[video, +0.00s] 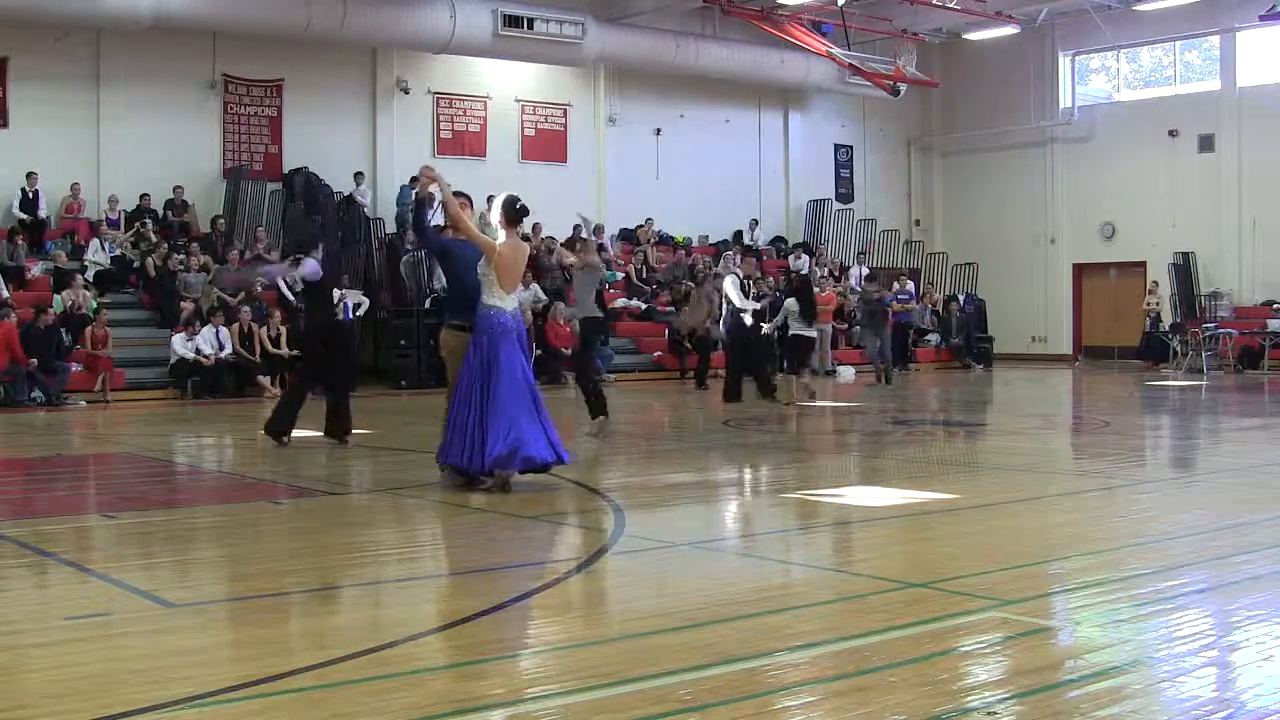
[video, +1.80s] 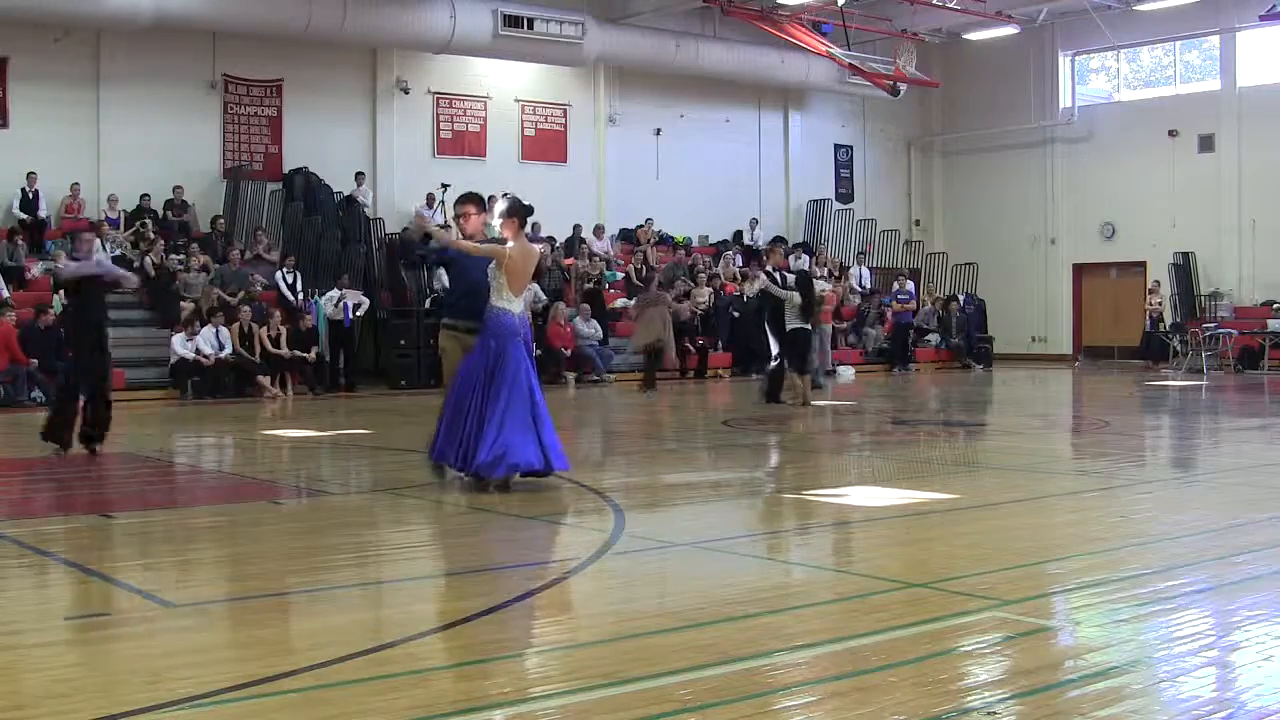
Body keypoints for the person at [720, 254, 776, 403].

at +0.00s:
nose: (753, 266)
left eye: (754, 262)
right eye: (750, 262)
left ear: (754, 264)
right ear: (741, 262)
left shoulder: (748, 282)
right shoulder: (731, 280)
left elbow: (749, 303)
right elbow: (740, 303)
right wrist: (758, 305)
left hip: (747, 324)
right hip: (733, 324)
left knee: (756, 358)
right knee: (735, 362)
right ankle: (732, 396)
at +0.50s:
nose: (767, 261)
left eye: (767, 258)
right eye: (765, 257)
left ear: (762, 259)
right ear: (757, 258)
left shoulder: (763, 277)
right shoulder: (747, 274)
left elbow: (766, 298)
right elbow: (740, 294)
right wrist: (759, 304)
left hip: (764, 317)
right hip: (752, 317)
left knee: (764, 354)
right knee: (751, 353)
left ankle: (766, 391)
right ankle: (738, 389)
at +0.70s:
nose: (773, 260)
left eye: (774, 257)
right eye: (770, 257)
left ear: (774, 259)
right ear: (761, 257)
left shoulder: (771, 277)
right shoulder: (753, 273)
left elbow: (781, 295)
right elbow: (737, 286)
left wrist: (790, 306)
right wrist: (753, 295)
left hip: (770, 321)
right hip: (756, 320)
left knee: (768, 355)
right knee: (754, 355)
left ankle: (767, 391)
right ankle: (740, 388)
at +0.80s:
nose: (775, 259)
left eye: (775, 257)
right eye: (772, 256)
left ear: (773, 259)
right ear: (763, 256)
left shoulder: (773, 276)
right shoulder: (754, 273)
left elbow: (787, 289)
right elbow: (737, 287)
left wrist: (797, 299)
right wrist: (752, 293)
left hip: (771, 320)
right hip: (757, 320)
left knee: (765, 354)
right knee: (759, 354)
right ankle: (740, 388)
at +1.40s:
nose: (782, 255)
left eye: (782, 252)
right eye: (778, 252)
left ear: (779, 255)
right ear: (768, 254)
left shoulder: (781, 274)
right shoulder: (761, 272)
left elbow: (785, 293)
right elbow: (744, 286)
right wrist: (752, 275)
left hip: (778, 319)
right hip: (764, 318)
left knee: (777, 356)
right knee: (761, 355)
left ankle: (770, 392)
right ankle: (746, 389)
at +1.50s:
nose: (782, 255)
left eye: (781, 252)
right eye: (778, 252)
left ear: (778, 255)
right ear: (768, 254)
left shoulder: (781, 275)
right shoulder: (762, 274)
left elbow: (784, 295)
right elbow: (763, 299)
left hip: (779, 320)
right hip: (766, 320)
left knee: (778, 357)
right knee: (766, 355)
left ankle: (771, 392)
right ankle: (749, 388)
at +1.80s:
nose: (782, 257)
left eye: (782, 254)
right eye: (779, 254)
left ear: (780, 257)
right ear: (769, 256)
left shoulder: (783, 276)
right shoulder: (763, 276)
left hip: (782, 318)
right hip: (768, 319)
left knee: (782, 354)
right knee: (776, 354)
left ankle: (775, 392)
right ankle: (771, 393)